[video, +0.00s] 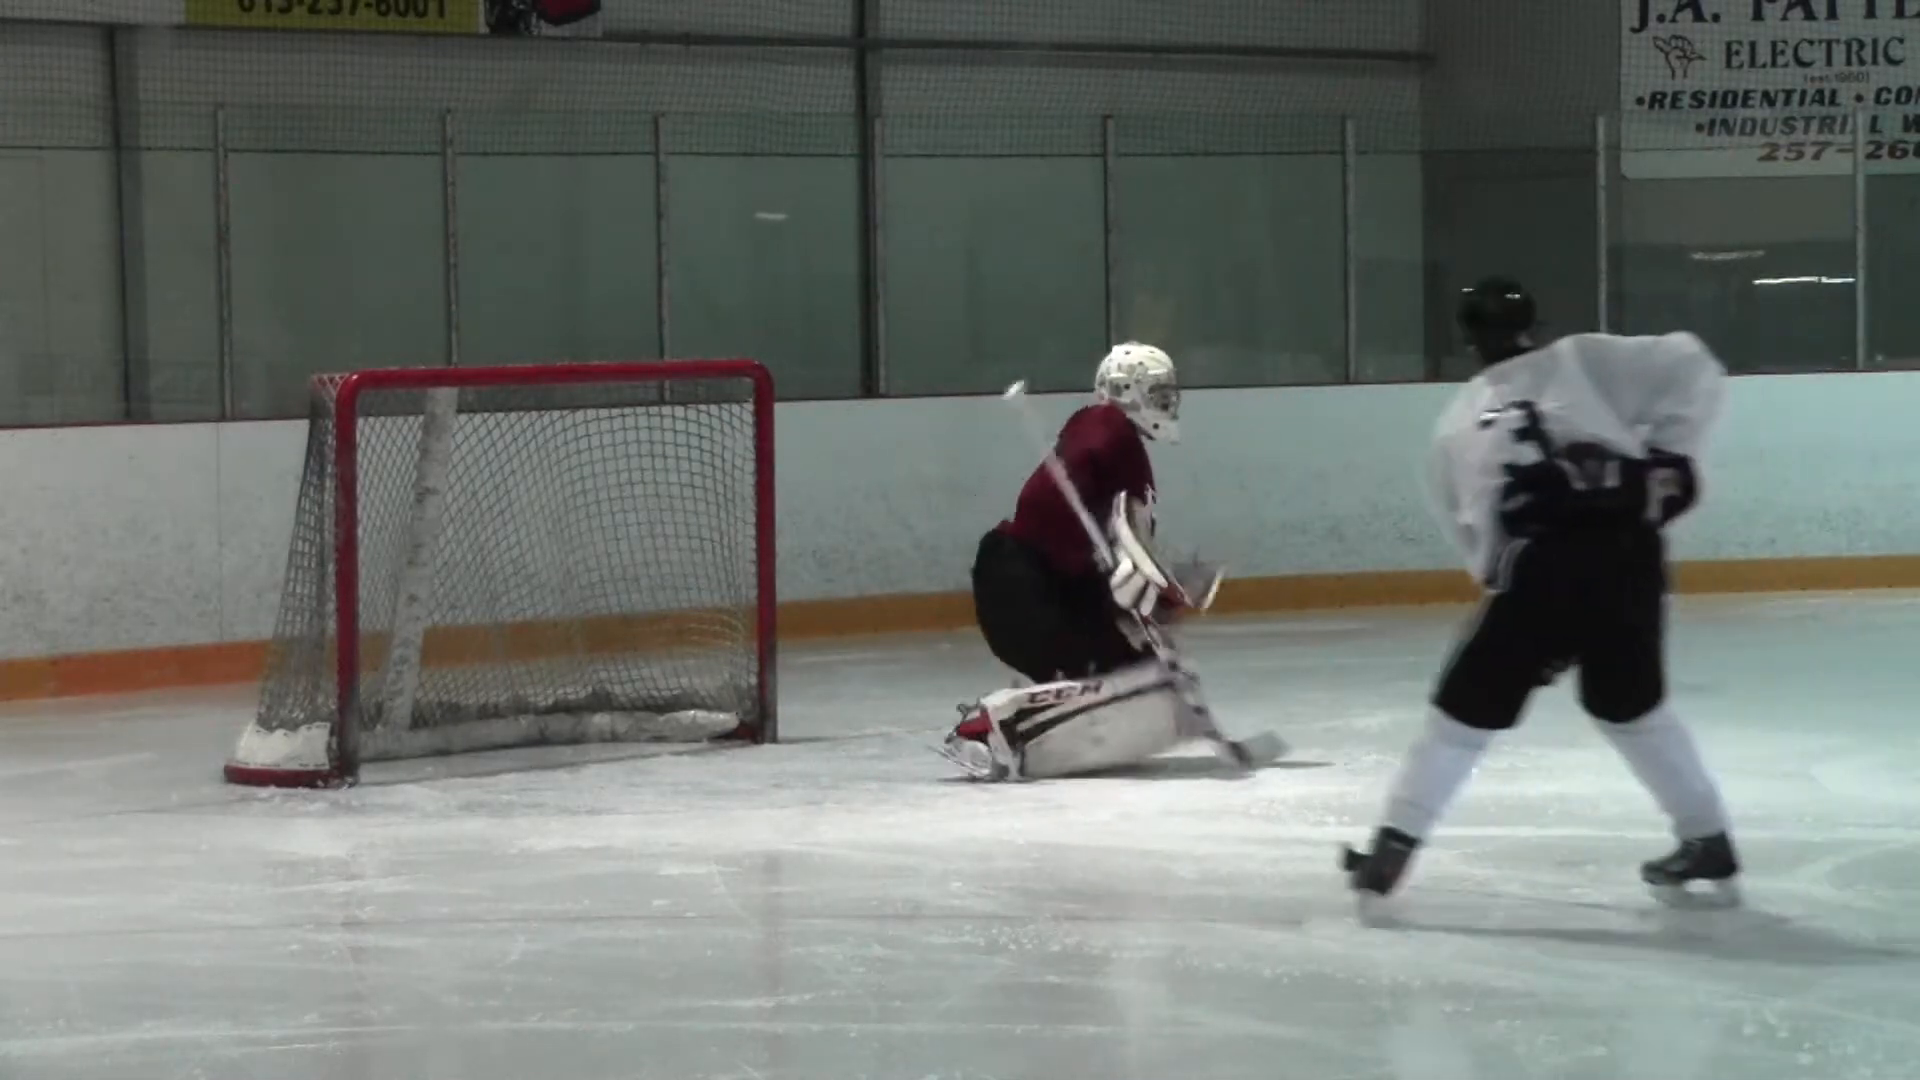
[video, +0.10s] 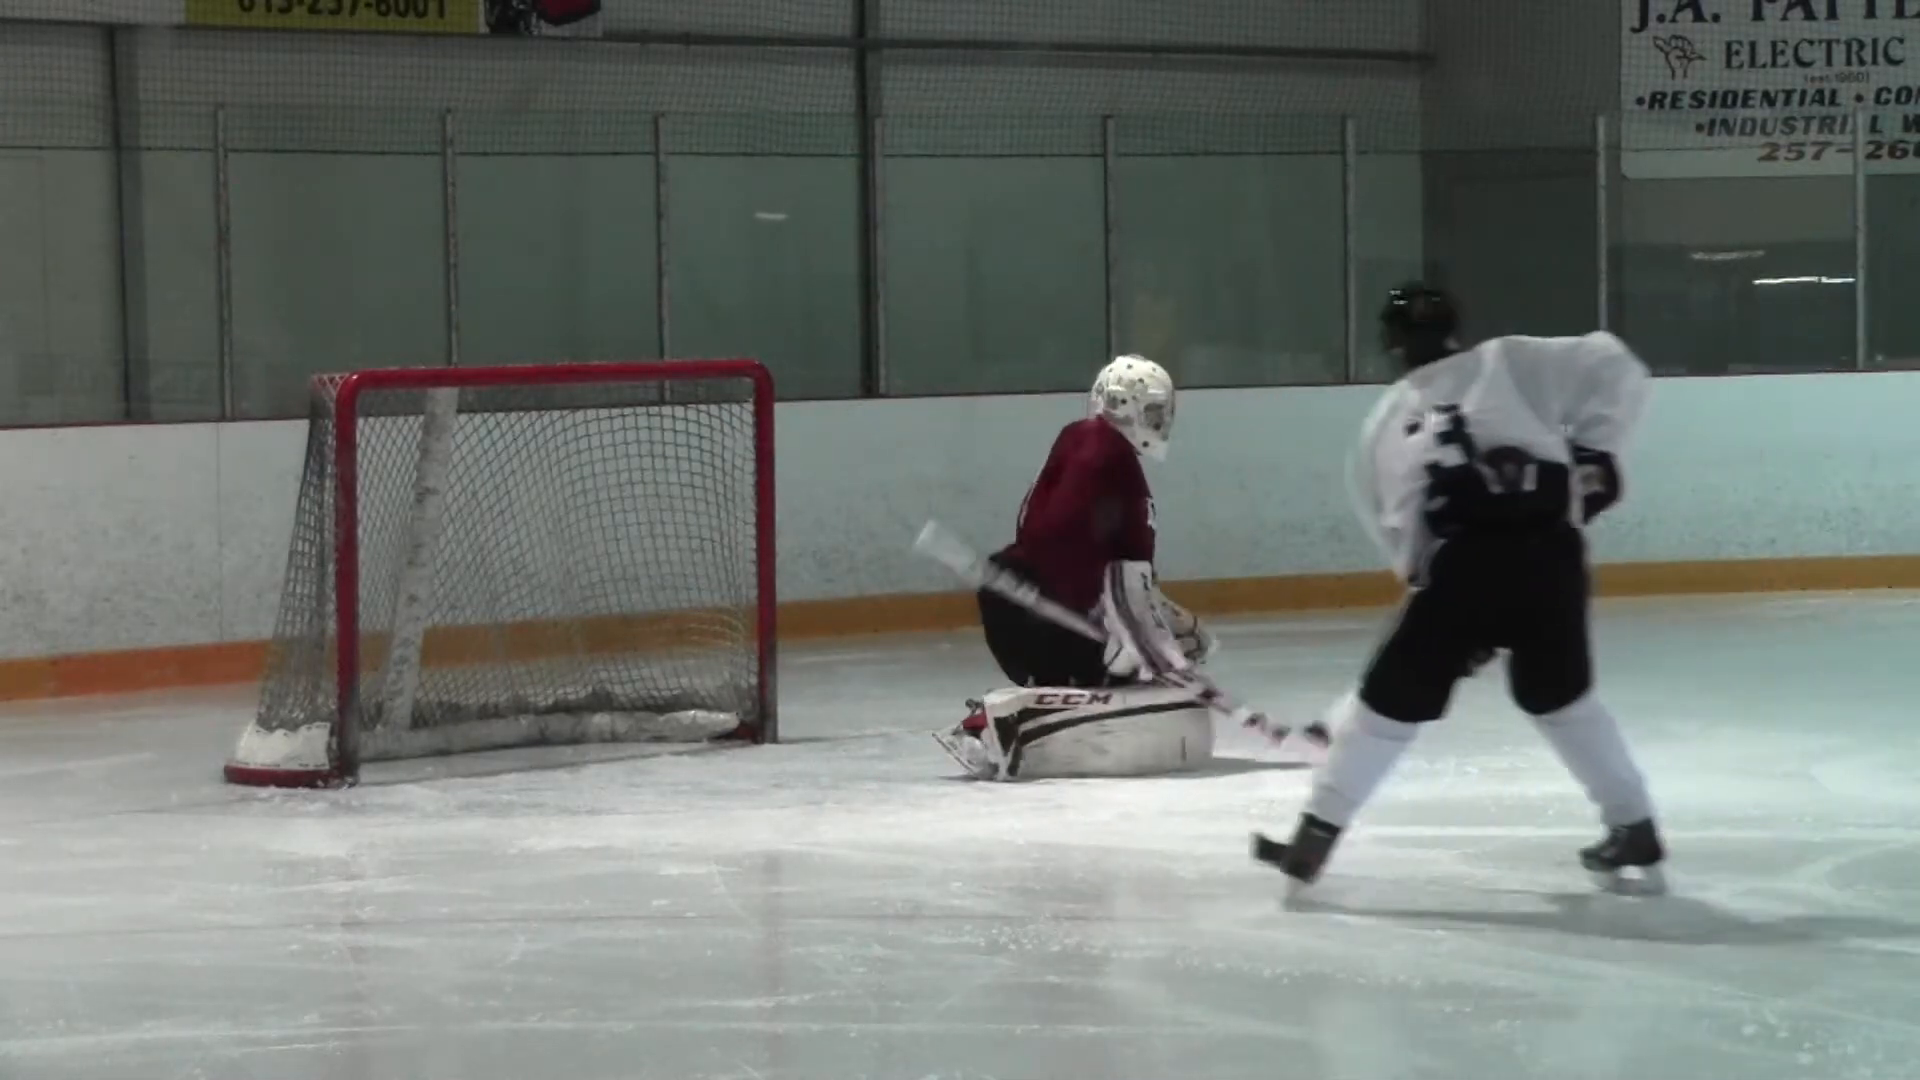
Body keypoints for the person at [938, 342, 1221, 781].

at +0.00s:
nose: (1169, 404)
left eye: (1170, 393)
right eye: (1158, 393)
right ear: (1128, 393)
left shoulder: (1123, 441)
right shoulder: (1104, 428)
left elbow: (1131, 532)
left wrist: (1166, 587)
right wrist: (1132, 563)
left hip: (1065, 580)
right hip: (1020, 573)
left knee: (1139, 661)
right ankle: (992, 727)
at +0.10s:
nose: (1163, 422)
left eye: (1165, 412)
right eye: (1156, 411)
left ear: (1107, 402)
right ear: (1132, 408)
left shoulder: (1079, 437)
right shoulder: (1115, 460)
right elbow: (1129, 583)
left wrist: (1165, 622)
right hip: (1041, 604)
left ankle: (1000, 714)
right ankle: (1013, 723)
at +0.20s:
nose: (1171, 433)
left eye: (1174, 421)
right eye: (1164, 422)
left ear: (1114, 410)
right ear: (1142, 418)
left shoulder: (1079, 439)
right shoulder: (1126, 470)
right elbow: (1133, 589)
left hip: (1005, 634)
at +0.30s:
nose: (1170, 441)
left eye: (1176, 430)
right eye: (1165, 428)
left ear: (1119, 409)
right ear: (1147, 422)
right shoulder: (1132, 483)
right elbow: (1129, 599)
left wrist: (1189, 625)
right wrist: (1173, 671)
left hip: (1005, 630)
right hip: (1053, 645)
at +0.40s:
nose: (1180, 449)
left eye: (1183, 438)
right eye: (1177, 437)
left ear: (1128, 414)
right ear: (1155, 429)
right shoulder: (1138, 489)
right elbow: (1134, 602)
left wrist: (1199, 629)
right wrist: (1175, 674)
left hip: (1006, 620)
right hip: (1056, 642)